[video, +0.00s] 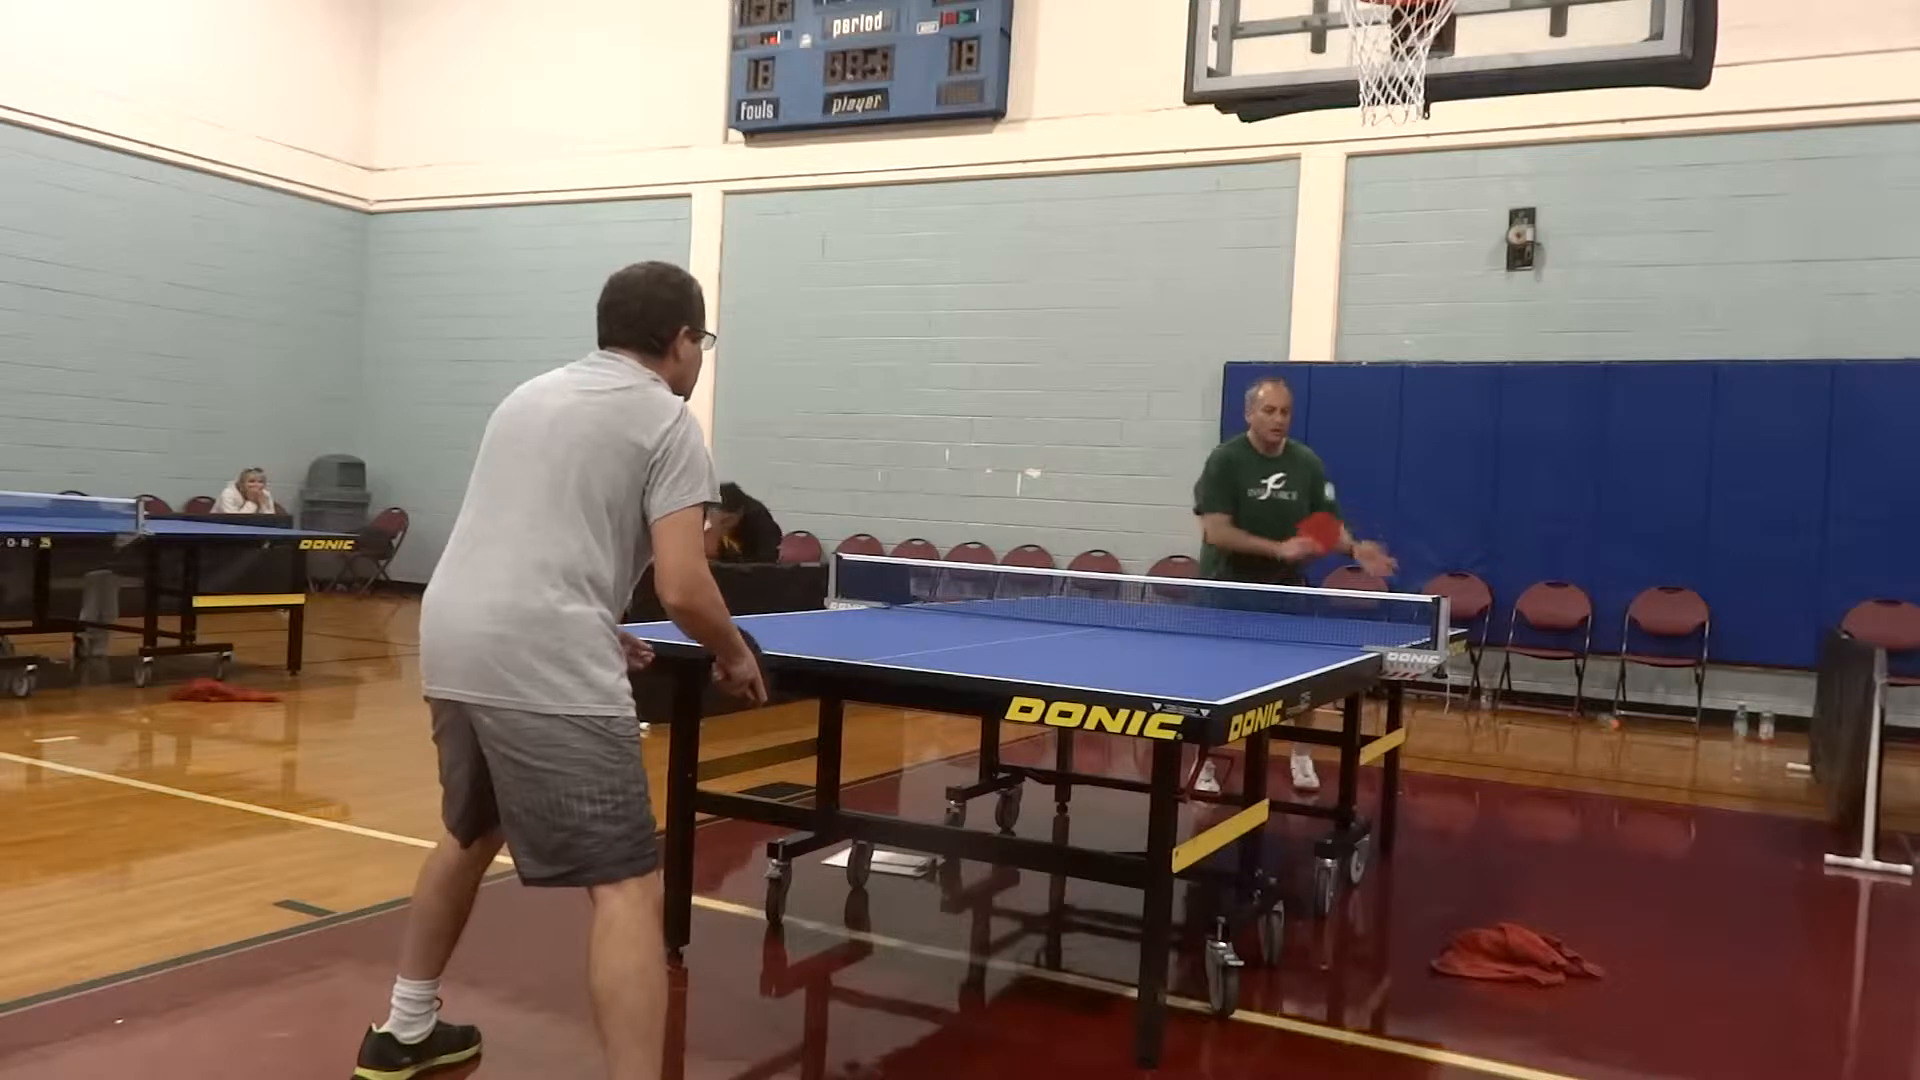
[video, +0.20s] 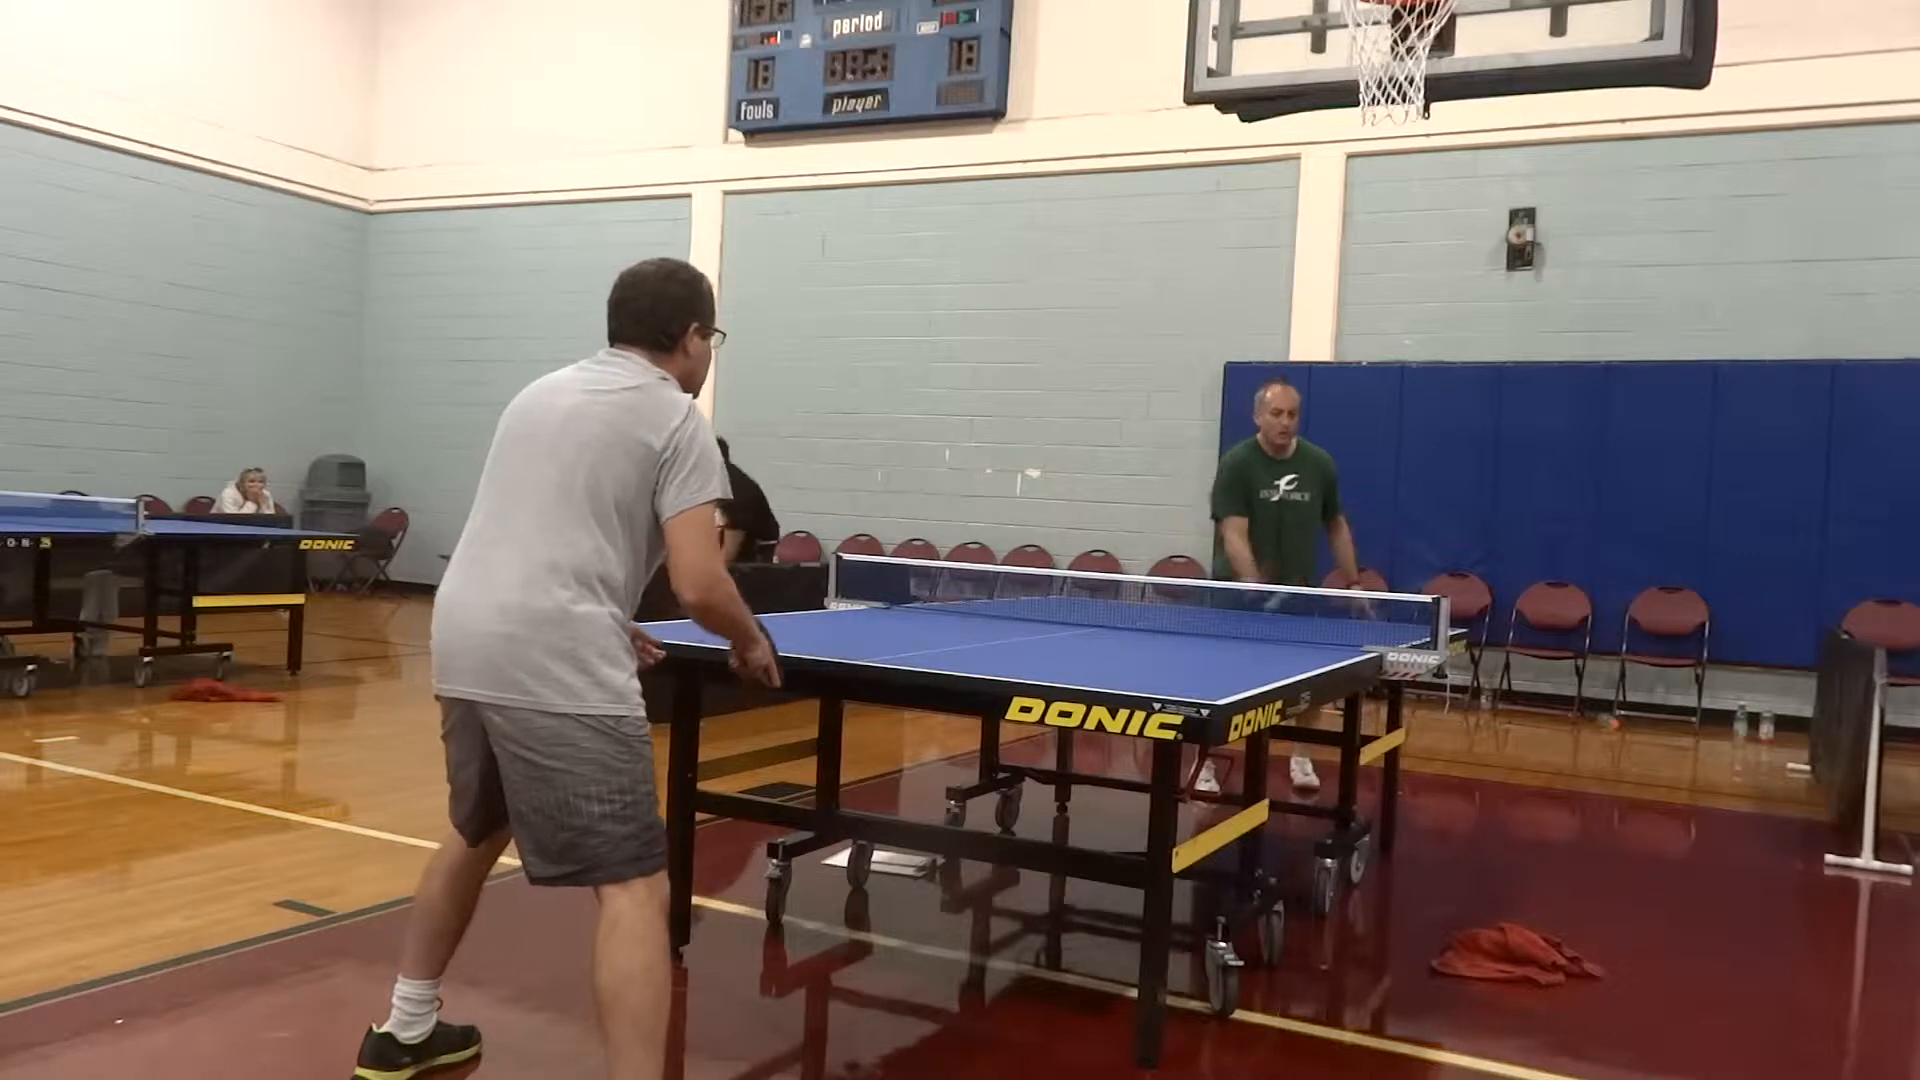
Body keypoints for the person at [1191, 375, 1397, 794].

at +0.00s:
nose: (1279, 420)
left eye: (1285, 412)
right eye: (1269, 411)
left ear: (1292, 416)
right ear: (1249, 414)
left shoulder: (1307, 463)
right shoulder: (1225, 459)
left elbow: (1326, 524)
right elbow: (1214, 531)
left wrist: (1356, 548)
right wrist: (1277, 548)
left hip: (1286, 590)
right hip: (1227, 589)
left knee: (1302, 669)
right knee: (1219, 666)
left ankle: (1301, 753)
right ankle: (1211, 757)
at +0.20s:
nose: (1286, 422)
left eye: (1292, 414)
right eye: (1277, 413)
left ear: (1300, 417)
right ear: (1257, 417)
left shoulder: (1319, 464)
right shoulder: (1237, 464)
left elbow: (1336, 526)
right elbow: (1234, 536)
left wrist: (1354, 586)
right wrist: (1256, 592)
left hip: (1300, 598)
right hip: (1241, 597)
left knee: (1324, 676)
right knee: (1227, 673)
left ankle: (1301, 755)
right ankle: (1212, 759)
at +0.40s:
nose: (1290, 410)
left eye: (1298, 402)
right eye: (1281, 401)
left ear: (1310, 407)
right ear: (1267, 406)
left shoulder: (1335, 458)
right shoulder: (1244, 458)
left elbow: (1355, 517)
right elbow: (1224, 519)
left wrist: (1363, 572)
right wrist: (1222, 551)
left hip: (1316, 594)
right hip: (1257, 592)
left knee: (1318, 679)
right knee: (1241, 671)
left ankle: (1302, 755)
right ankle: (1225, 757)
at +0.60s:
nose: (1286, 409)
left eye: (1294, 401)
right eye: (1278, 401)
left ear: (1307, 408)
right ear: (1265, 408)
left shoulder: (1337, 459)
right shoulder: (1244, 463)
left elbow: (1365, 518)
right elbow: (1226, 528)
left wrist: (1372, 574)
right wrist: (1236, 566)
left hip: (1323, 596)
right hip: (1263, 596)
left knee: (1323, 679)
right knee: (1254, 675)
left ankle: (1316, 752)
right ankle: (1248, 759)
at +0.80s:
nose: (1296, 414)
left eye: (1306, 407)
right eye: (1290, 405)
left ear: (1323, 415)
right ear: (1280, 411)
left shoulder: (1351, 466)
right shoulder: (1258, 469)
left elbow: (1385, 524)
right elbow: (1239, 528)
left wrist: (1388, 578)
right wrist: (1249, 566)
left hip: (1341, 605)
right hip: (1275, 602)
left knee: (1375, 686)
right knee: (1256, 683)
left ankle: (1409, 769)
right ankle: (1250, 763)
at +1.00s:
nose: (1320, 425)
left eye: (1330, 418)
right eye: (1313, 417)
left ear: (1347, 426)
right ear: (1302, 424)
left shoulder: (1374, 477)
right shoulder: (1287, 478)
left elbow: (1413, 544)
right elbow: (1267, 535)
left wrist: (1387, 596)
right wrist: (1263, 567)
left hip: (1358, 619)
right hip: (1294, 615)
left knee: (1407, 689)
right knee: (1254, 681)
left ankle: (1431, 783)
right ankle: (1251, 765)